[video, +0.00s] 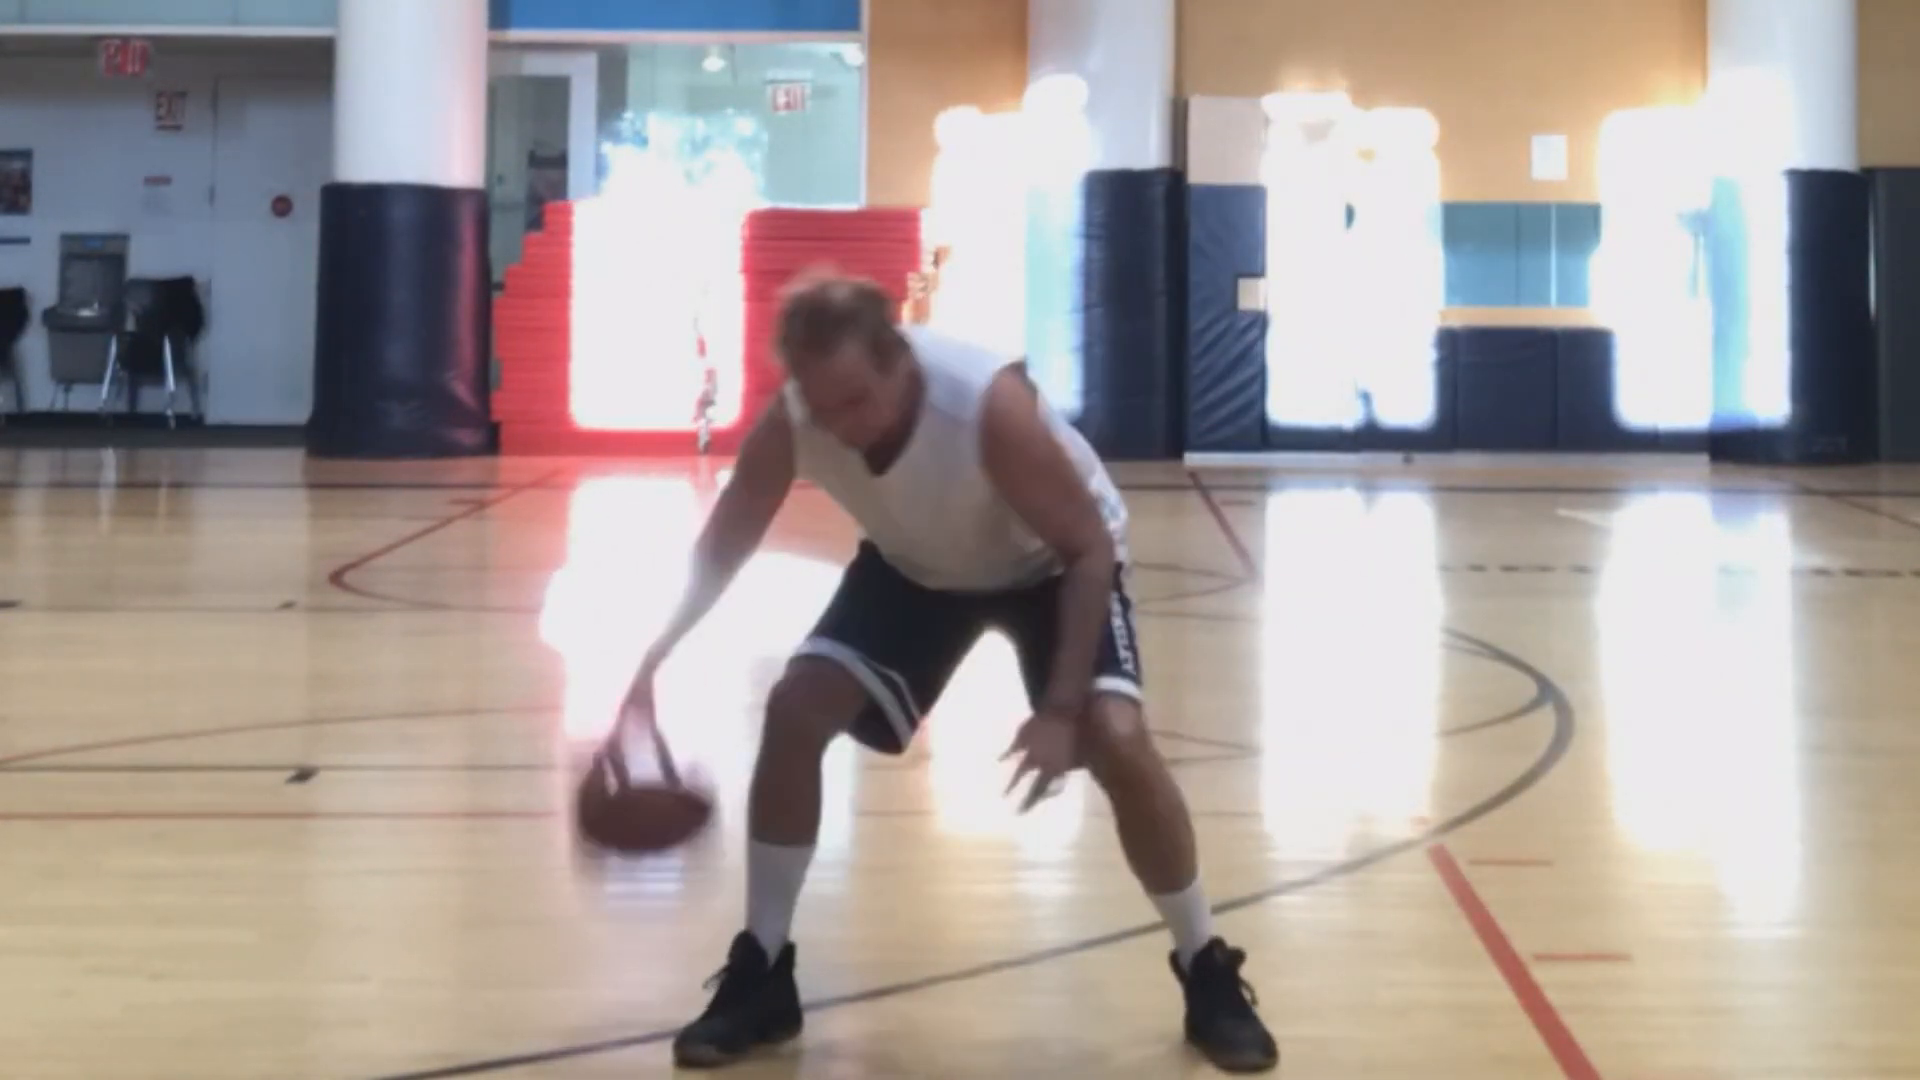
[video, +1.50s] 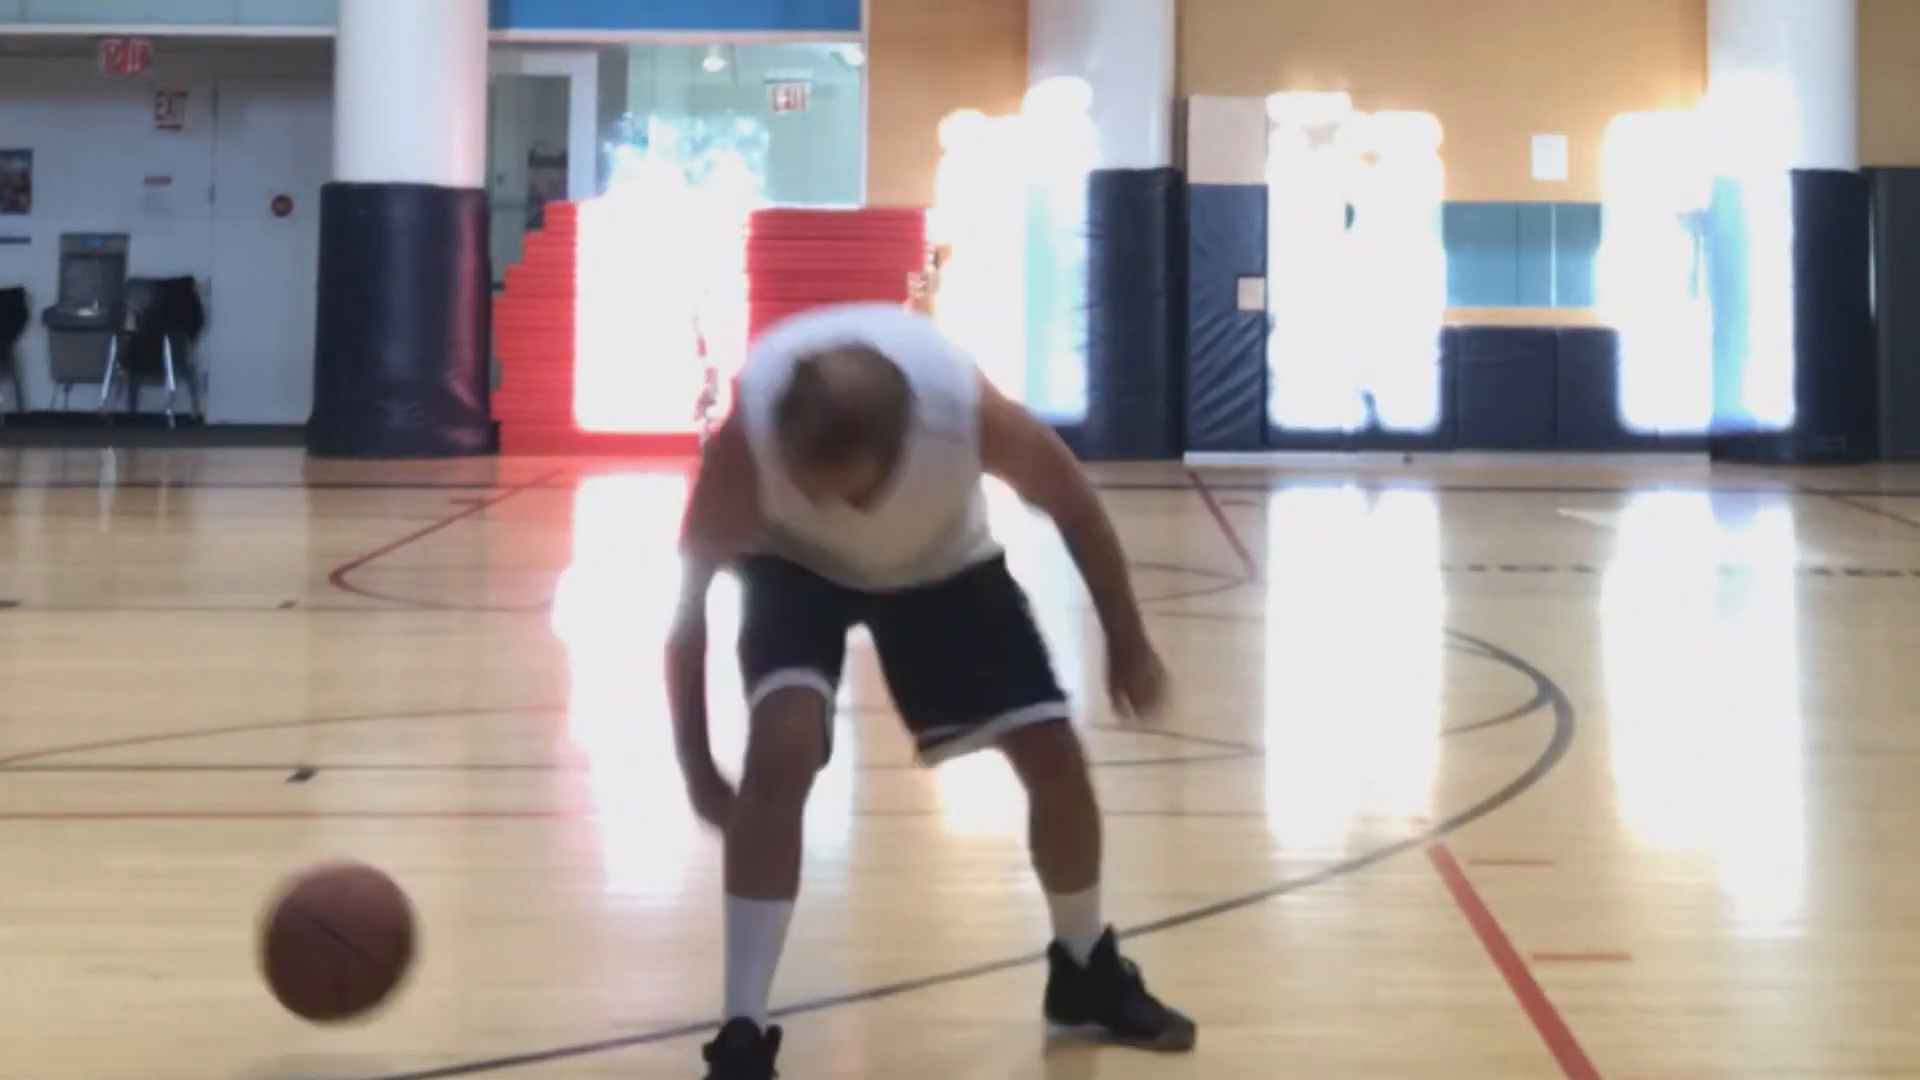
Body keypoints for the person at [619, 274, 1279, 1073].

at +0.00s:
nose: (836, 423)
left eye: (851, 400)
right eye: (817, 406)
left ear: (897, 364)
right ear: (798, 390)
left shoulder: (993, 408)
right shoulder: (791, 423)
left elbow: (1093, 548)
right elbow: (721, 550)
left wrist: (1064, 709)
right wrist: (649, 668)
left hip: (1051, 564)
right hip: (913, 562)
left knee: (1116, 742)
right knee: (799, 705)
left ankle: (1208, 971)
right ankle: (762, 974)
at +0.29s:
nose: (1236, 504)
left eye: (1254, 491)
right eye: (1228, 485)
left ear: (1262, 455)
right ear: (1182, 427)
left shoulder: (1219, 430)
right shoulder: (1058, 447)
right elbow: (917, 555)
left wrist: (1227, 590)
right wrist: (904, 729)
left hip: (1084, 576)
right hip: (947, 566)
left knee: (1183, 723)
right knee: (824, 748)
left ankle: (1242, 975)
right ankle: (754, 976)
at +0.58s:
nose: (929, 549)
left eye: (945, 531)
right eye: (908, 538)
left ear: (971, 477)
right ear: (861, 492)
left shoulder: (1055, 492)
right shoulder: (817, 489)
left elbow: (1163, 594)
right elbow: (838, 640)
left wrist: (1203, 767)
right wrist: (880, 809)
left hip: (1062, 590)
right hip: (920, 606)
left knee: (1019, 761)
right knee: (755, 772)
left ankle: (1098, 1053)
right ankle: (805, 987)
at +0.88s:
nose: (900, 473)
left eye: (921, 446)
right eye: (875, 449)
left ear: (953, 429)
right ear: (841, 435)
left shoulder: (1019, 512)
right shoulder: (792, 498)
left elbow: (1102, 652)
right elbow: (775, 658)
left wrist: (1117, 824)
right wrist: (821, 841)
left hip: (1006, 646)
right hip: (861, 662)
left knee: (972, 774)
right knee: (677, 833)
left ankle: (1089, 1054)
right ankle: (785, 985)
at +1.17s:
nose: (1002, 308)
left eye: (1023, 286)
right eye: (981, 284)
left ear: (1046, 271)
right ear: (934, 260)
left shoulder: (1071, 353)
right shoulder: (851, 317)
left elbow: (1136, 488)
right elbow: (730, 453)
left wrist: (1268, 588)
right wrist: (695, 617)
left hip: (983, 547)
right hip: (838, 543)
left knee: (1067, 762)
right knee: (840, 757)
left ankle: (1042, 981)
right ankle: (756, 1036)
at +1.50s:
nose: (840, 502)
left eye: (856, 486)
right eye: (821, 488)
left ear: (893, 437)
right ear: (787, 442)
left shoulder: (968, 412)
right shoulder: (739, 450)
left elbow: (1078, 506)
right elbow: (687, 614)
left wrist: (1128, 637)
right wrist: (699, 770)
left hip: (945, 555)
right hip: (794, 562)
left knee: (1055, 756)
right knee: (784, 746)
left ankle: (1084, 969)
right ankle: (742, 1036)